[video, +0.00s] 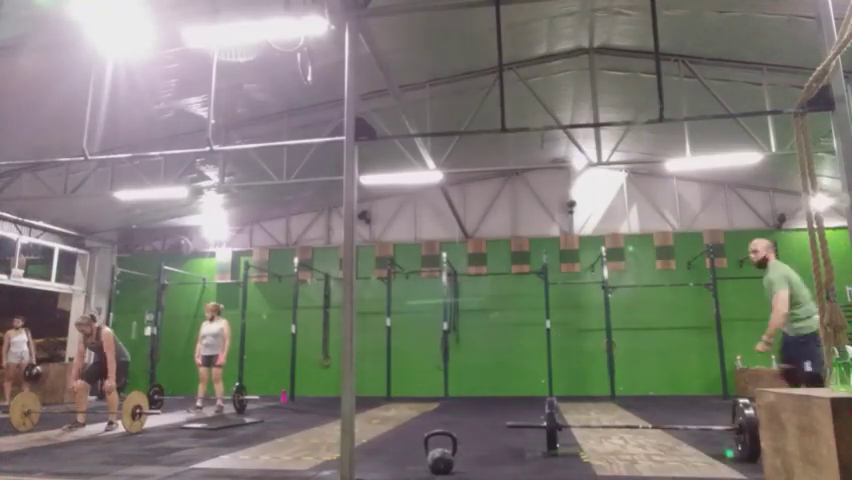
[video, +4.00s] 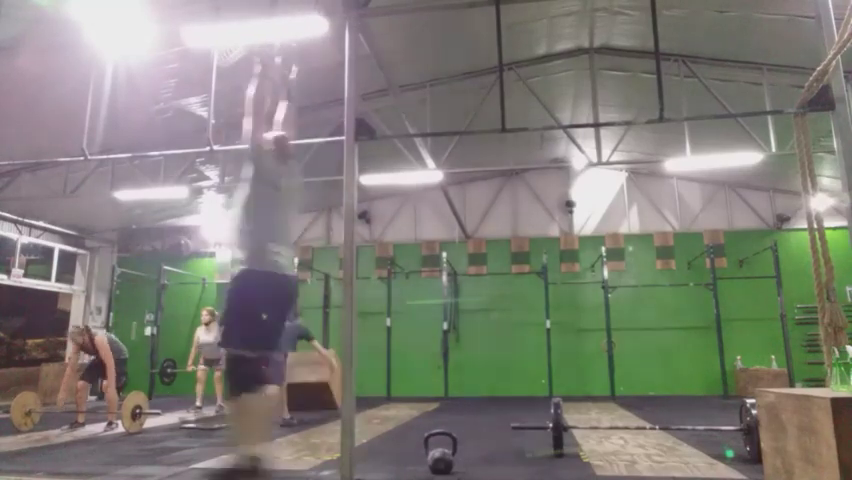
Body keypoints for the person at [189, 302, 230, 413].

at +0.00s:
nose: (207, 313)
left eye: (209, 311)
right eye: (206, 311)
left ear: (215, 312)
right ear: (206, 312)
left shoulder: (223, 323)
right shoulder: (204, 324)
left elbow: (227, 340)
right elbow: (200, 341)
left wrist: (223, 355)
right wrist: (197, 355)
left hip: (217, 353)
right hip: (204, 353)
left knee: (216, 378)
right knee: (202, 378)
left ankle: (219, 402)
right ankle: (199, 402)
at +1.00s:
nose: (195, 328)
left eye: (198, 325)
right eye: (194, 325)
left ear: (204, 326)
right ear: (193, 326)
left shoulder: (212, 336)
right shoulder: (194, 337)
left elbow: (223, 352)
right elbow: (189, 353)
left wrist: (220, 367)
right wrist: (185, 368)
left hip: (217, 356)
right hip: (203, 356)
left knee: (218, 376)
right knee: (198, 375)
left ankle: (219, 403)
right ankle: (198, 403)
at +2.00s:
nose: (201, 331)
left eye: (203, 328)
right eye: (200, 328)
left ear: (209, 329)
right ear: (198, 329)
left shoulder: (217, 338)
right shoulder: (198, 340)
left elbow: (222, 355)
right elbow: (193, 357)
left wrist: (222, 373)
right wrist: (188, 373)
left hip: (219, 359)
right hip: (206, 360)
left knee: (219, 379)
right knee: (198, 377)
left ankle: (219, 403)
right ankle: (198, 404)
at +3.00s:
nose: (201, 324)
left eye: (203, 321)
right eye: (199, 321)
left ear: (208, 323)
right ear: (198, 323)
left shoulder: (215, 333)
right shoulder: (198, 333)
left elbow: (220, 349)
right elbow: (193, 350)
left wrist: (222, 364)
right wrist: (189, 366)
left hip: (217, 354)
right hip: (205, 355)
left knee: (219, 376)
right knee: (201, 375)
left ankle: (219, 402)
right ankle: (198, 403)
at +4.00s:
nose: (203, 317)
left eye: (206, 315)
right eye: (202, 315)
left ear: (212, 317)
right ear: (201, 317)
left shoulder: (218, 329)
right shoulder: (199, 330)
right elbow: (194, 347)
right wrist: (190, 363)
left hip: (218, 356)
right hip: (204, 356)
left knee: (218, 378)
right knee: (200, 377)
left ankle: (219, 403)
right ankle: (198, 403)